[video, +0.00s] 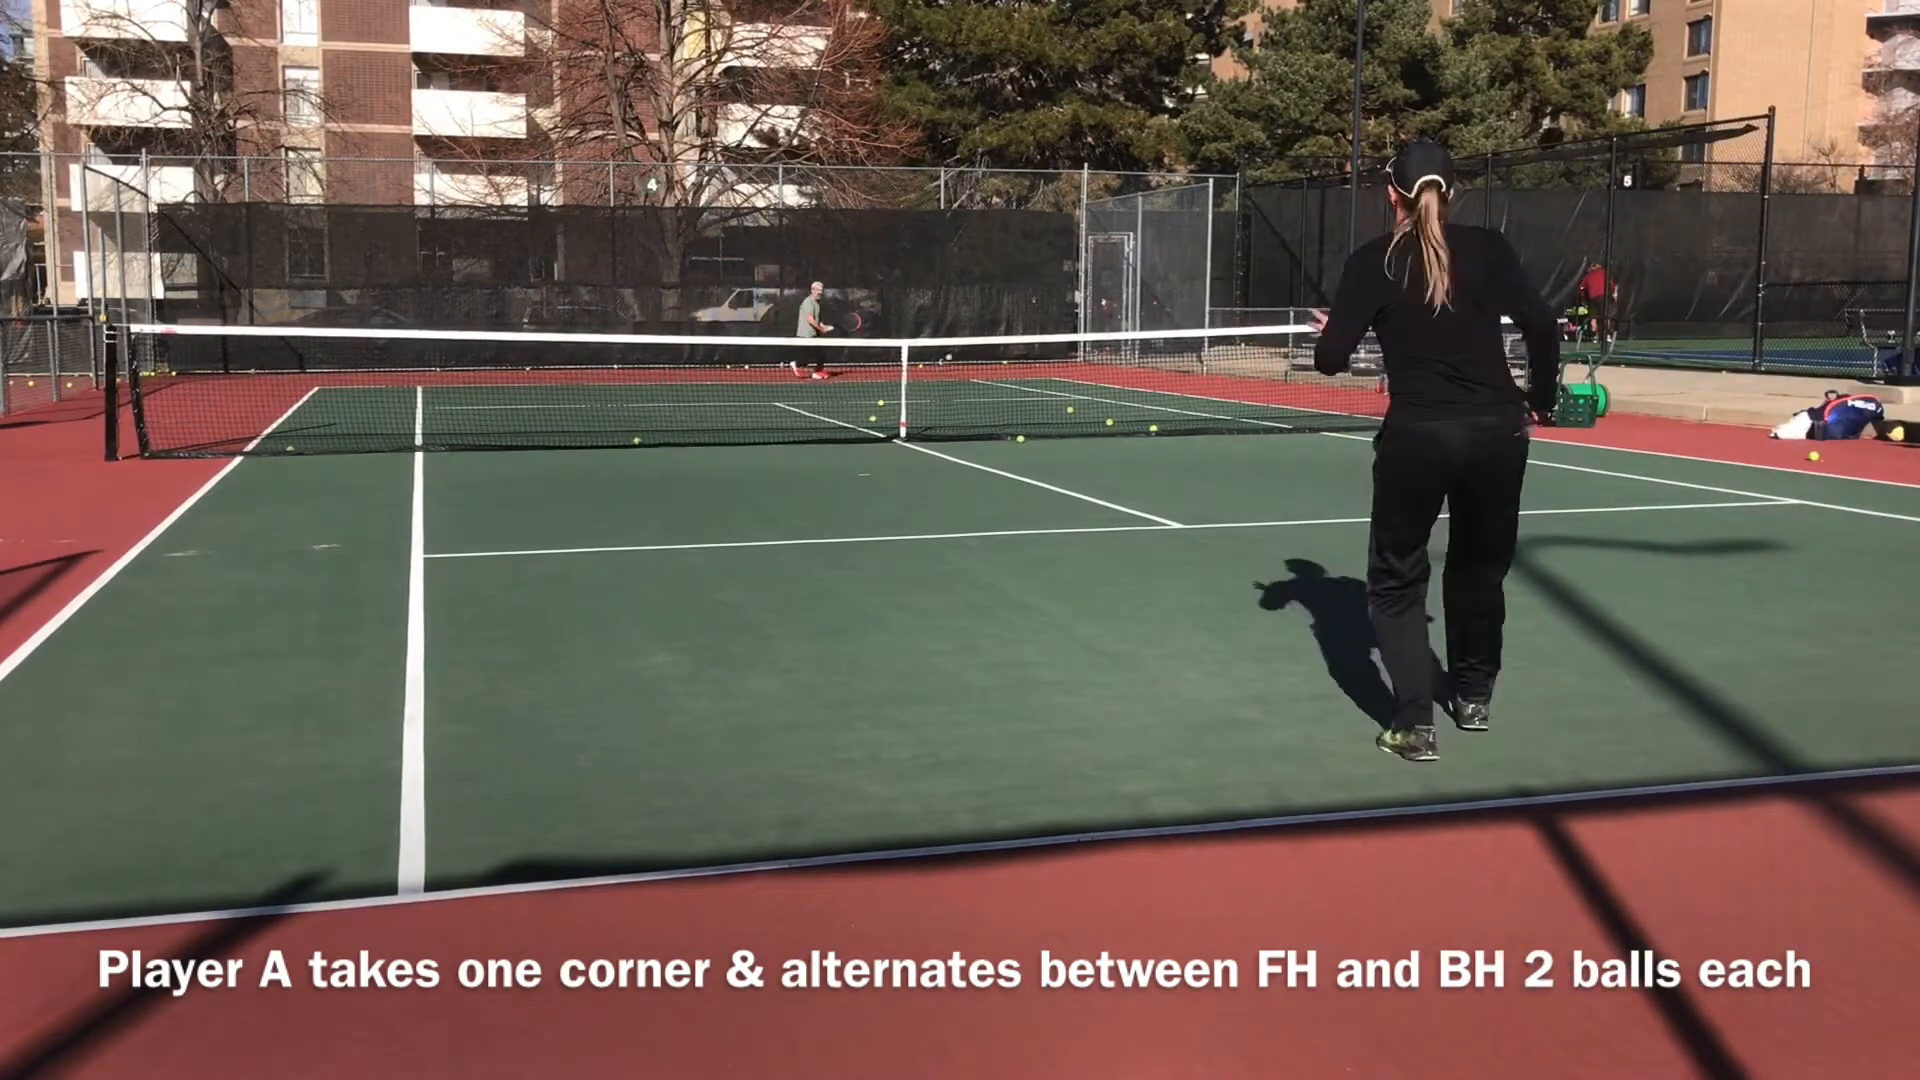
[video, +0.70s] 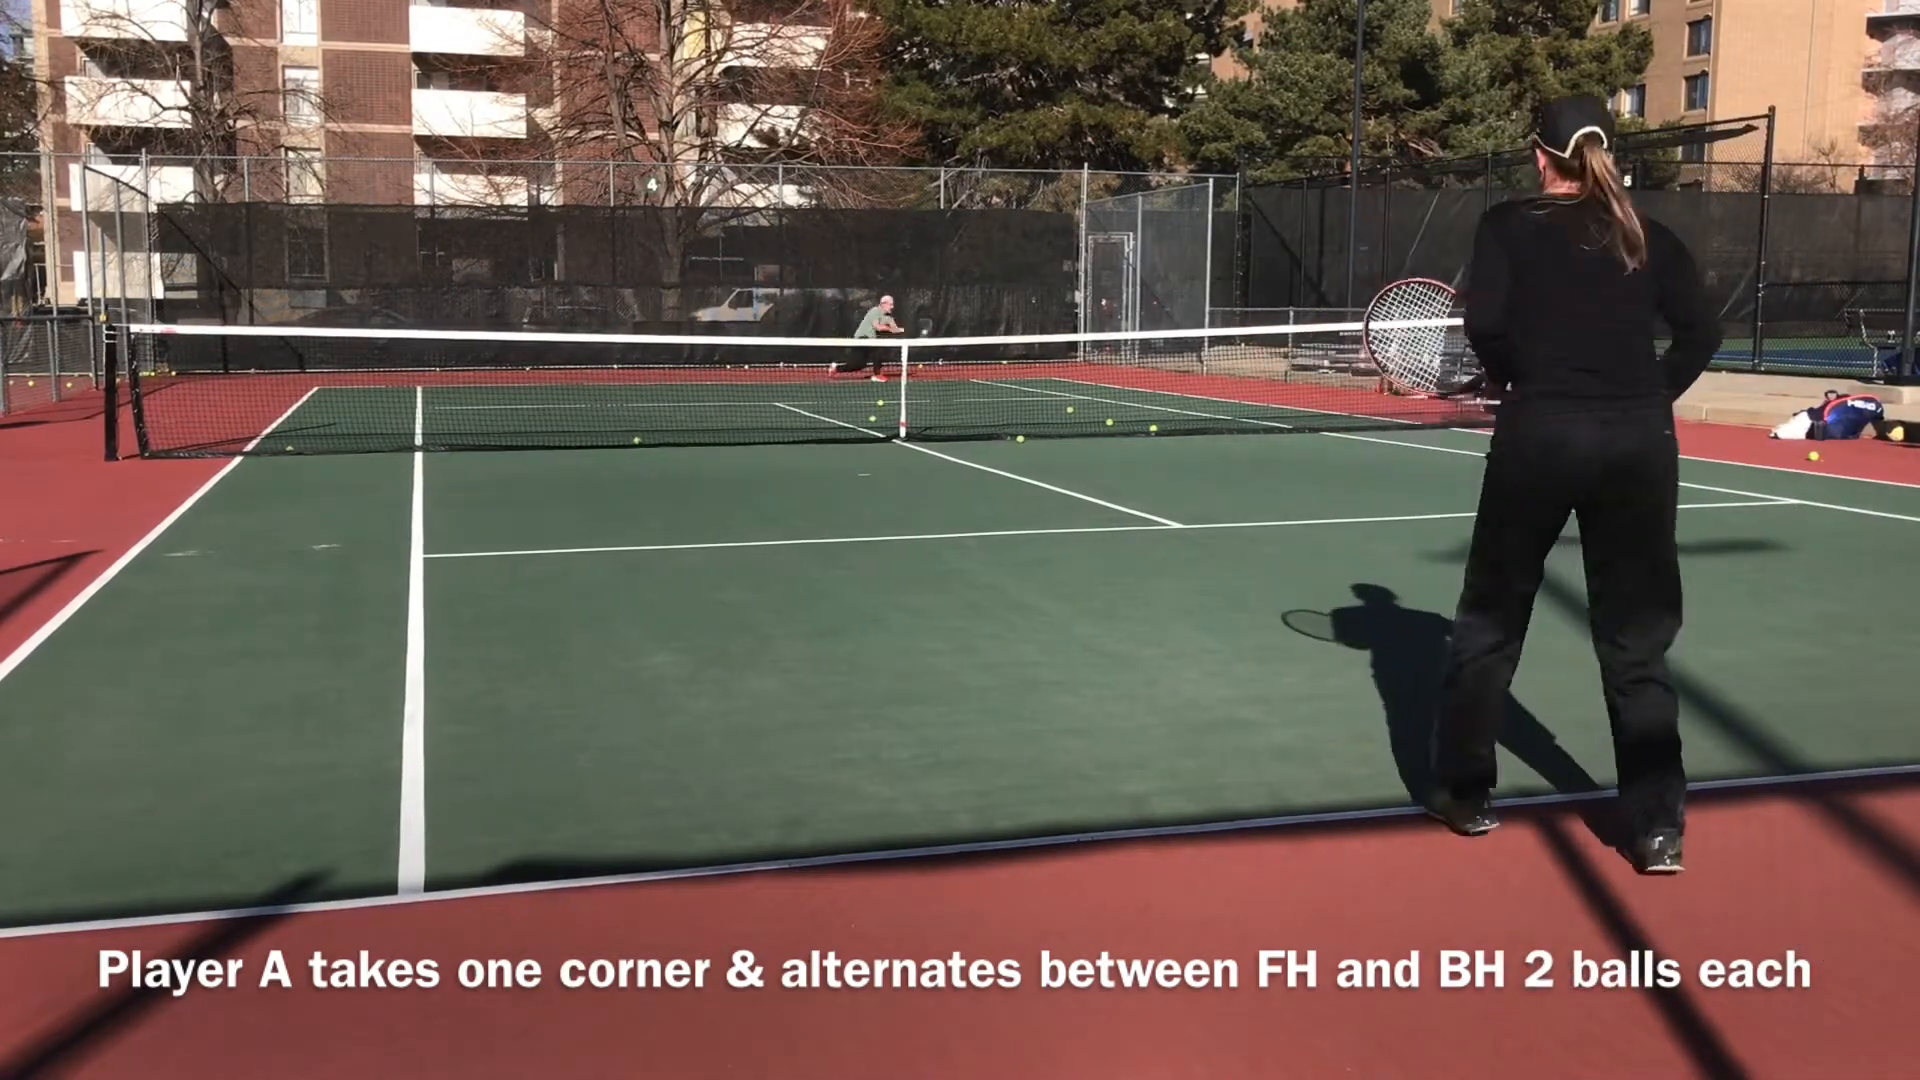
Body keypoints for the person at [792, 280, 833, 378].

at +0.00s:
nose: (819, 292)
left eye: (821, 290)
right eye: (817, 290)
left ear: (821, 291)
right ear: (812, 290)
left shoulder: (816, 304)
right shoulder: (808, 303)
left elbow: (816, 319)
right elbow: (810, 319)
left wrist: (823, 327)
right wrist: (820, 328)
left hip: (812, 334)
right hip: (805, 335)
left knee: (820, 353)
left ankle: (819, 370)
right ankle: (797, 364)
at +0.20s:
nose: (839, 296)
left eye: (840, 294)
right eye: (837, 293)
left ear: (841, 295)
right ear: (832, 294)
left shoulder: (827, 304)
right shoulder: (831, 305)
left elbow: (829, 322)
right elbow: (832, 322)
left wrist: (836, 332)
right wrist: (838, 333)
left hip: (821, 334)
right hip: (825, 334)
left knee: (833, 354)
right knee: (844, 347)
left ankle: (820, 370)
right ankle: (848, 370)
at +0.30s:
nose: (850, 298)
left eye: (850, 296)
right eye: (848, 295)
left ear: (849, 296)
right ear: (842, 295)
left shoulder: (836, 306)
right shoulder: (840, 306)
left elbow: (837, 322)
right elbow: (841, 324)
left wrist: (843, 330)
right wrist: (847, 331)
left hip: (829, 334)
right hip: (834, 334)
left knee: (836, 355)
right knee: (851, 349)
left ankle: (821, 370)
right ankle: (863, 368)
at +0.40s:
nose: (862, 300)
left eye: (862, 298)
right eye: (859, 298)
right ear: (854, 298)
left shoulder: (847, 308)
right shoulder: (852, 309)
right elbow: (855, 328)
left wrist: (853, 331)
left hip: (840, 337)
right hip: (846, 337)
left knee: (840, 358)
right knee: (862, 352)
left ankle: (822, 368)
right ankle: (871, 371)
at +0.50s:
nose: (875, 304)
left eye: (875, 302)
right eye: (873, 302)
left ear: (866, 302)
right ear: (866, 302)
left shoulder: (857, 310)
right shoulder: (866, 314)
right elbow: (869, 332)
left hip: (849, 339)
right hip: (857, 339)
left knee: (849, 361)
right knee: (874, 353)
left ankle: (829, 367)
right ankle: (875, 374)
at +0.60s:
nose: (885, 307)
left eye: (885, 304)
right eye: (883, 304)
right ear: (875, 304)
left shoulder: (877, 316)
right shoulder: (868, 315)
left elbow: (882, 331)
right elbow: (876, 333)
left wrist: (881, 334)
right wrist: (883, 333)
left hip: (865, 340)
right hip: (857, 340)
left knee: (856, 364)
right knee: (876, 351)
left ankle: (836, 368)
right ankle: (876, 374)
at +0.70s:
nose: (892, 307)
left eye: (892, 305)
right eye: (890, 304)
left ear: (887, 305)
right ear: (883, 304)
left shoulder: (887, 316)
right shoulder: (875, 311)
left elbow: (893, 328)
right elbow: (877, 326)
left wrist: (898, 330)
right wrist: (890, 328)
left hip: (869, 338)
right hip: (862, 337)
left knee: (860, 364)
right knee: (877, 351)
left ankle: (837, 368)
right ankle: (876, 374)